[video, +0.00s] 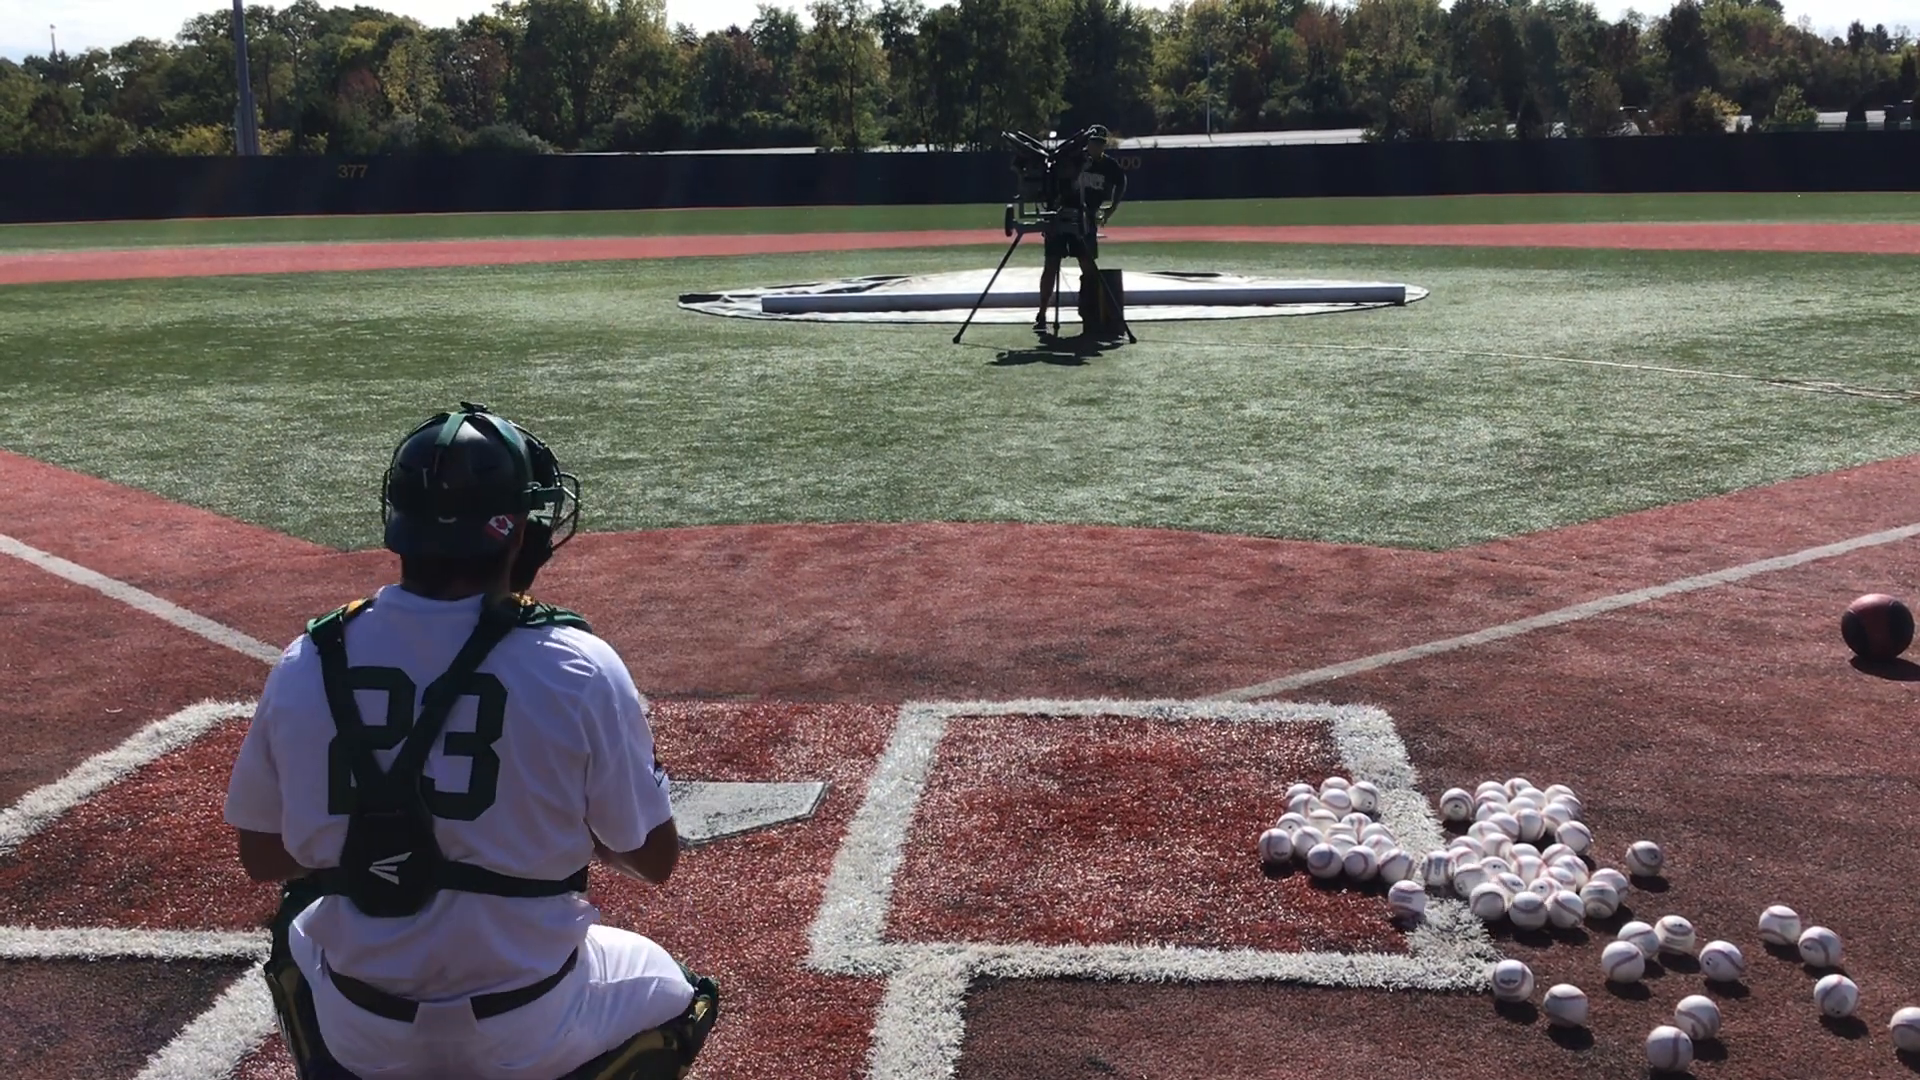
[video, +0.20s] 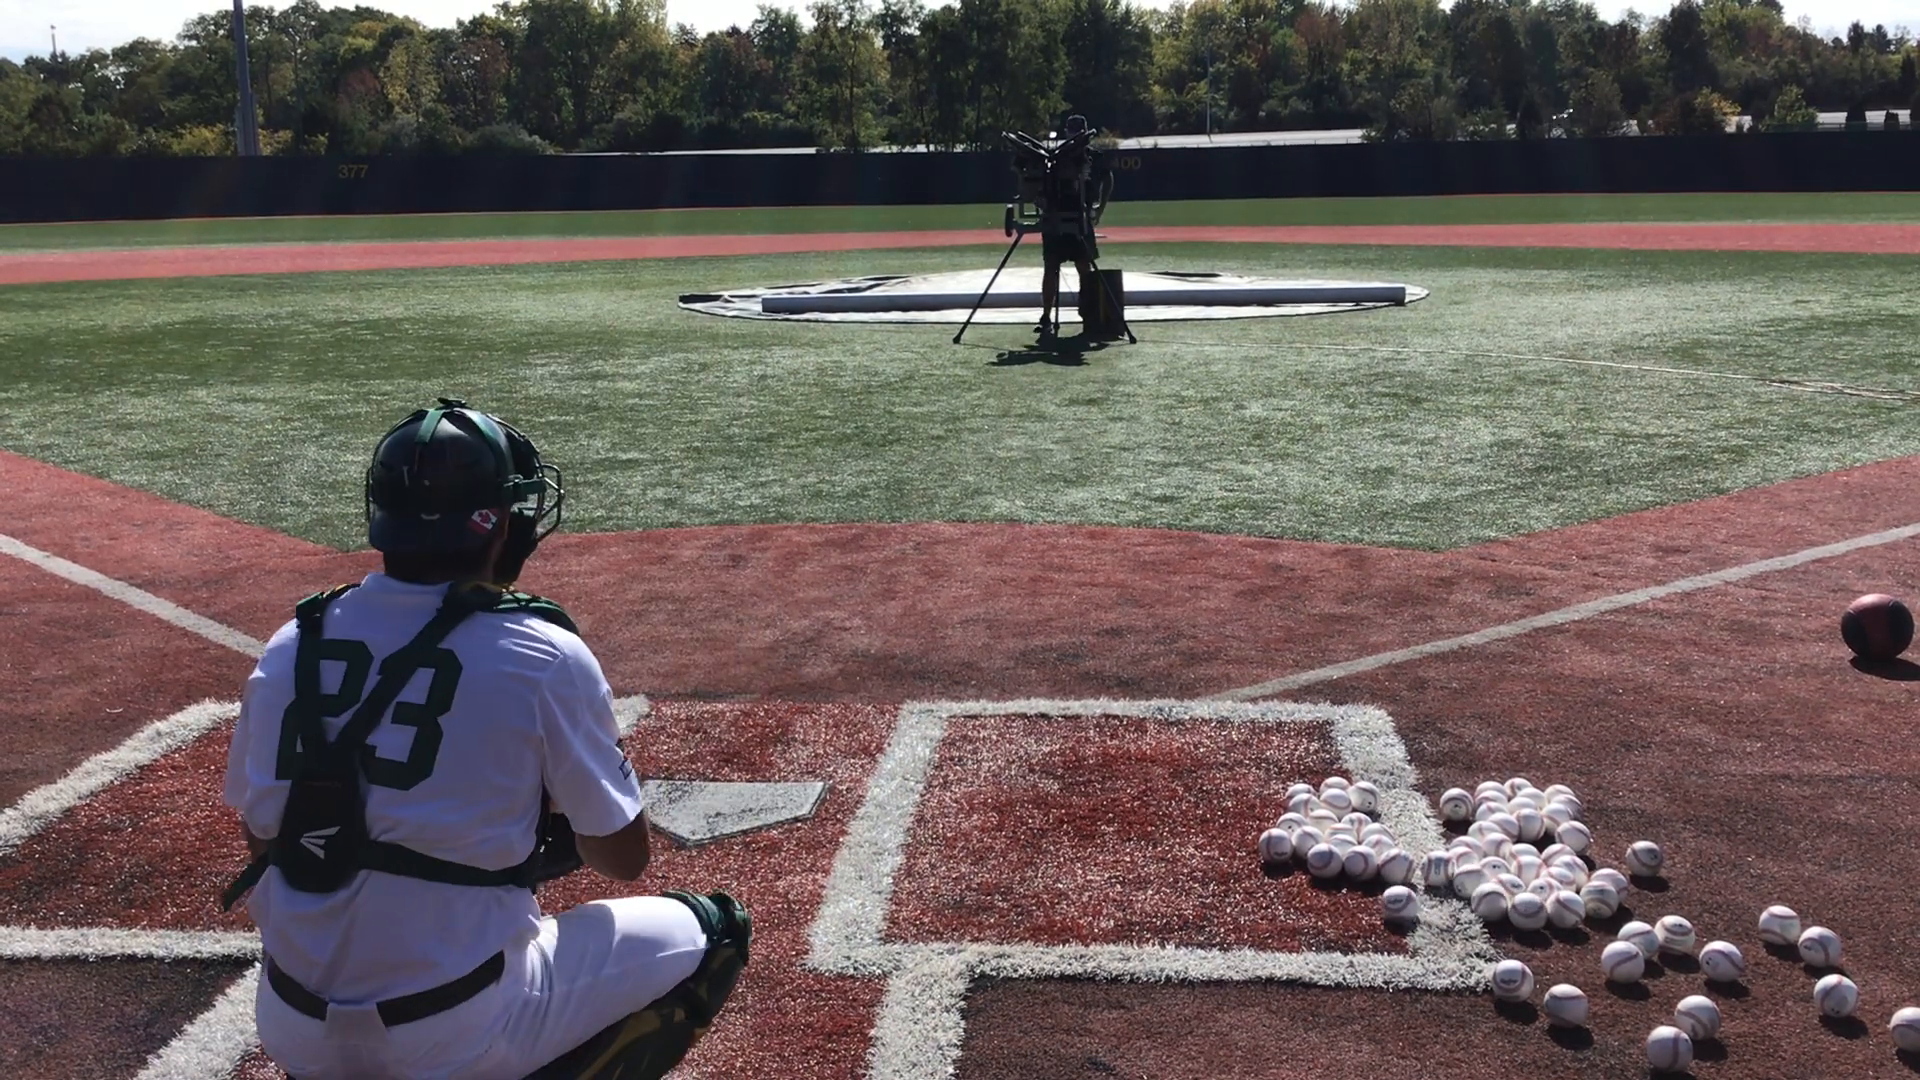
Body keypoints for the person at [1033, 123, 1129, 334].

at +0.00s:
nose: (1095, 148)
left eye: (1099, 144)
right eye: (1092, 143)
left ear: (1104, 145)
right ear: (1086, 143)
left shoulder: (1109, 165)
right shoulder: (1072, 160)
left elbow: (1121, 183)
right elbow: (1056, 181)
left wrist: (1110, 210)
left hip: (1085, 220)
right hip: (1059, 218)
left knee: (1088, 268)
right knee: (1050, 269)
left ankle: (1090, 313)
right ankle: (1042, 314)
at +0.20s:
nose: (1076, 135)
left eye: (1080, 131)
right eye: (1073, 130)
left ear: (1085, 133)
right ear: (1067, 131)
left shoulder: (1092, 155)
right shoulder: (1054, 153)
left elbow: (1107, 179)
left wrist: (1100, 208)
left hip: (1079, 220)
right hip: (1054, 221)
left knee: (1085, 270)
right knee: (1051, 272)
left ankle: (1091, 316)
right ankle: (1046, 317)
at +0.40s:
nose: (1054, 135)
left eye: (1057, 130)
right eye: (1051, 130)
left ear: (1065, 131)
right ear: (1047, 132)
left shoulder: (1077, 153)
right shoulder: (1039, 154)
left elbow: (1096, 180)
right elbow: (1028, 186)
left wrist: (1090, 204)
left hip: (1072, 219)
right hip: (1046, 220)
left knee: (1081, 270)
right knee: (1047, 272)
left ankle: (1089, 315)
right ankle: (1046, 317)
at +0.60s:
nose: (1050, 134)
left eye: (1053, 130)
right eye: (1046, 130)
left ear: (1060, 130)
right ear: (1039, 131)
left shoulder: (1071, 152)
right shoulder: (1034, 155)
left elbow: (1095, 174)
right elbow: (1024, 187)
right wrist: (1020, 215)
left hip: (1070, 219)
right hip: (1044, 220)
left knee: (1075, 270)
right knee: (1046, 272)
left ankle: (1080, 317)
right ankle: (1046, 317)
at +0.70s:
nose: (1047, 133)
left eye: (1051, 128)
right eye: (1043, 128)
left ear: (1058, 130)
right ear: (1038, 130)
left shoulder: (1070, 150)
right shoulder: (1034, 152)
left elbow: (1089, 158)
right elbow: (1023, 179)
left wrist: (1074, 132)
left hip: (1069, 218)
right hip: (1044, 219)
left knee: (1070, 270)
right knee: (1046, 271)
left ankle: (1072, 315)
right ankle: (1046, 316)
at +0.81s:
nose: (1047, 129)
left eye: (1051, 125)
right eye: (1044, 125)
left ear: (1059, 129)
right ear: (1039, 130)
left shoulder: (1070, 151)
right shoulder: (1036, 152)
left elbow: (1081, 142)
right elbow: (1024, 179)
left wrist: (1061, 125)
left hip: (1068, 217)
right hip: (1043, 218)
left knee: (1067, 269)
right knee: (1045, 271)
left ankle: (1069, 318)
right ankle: (1046, 317)